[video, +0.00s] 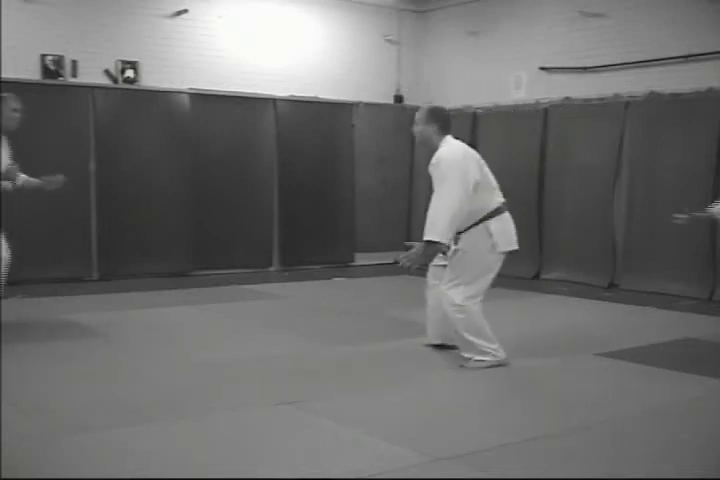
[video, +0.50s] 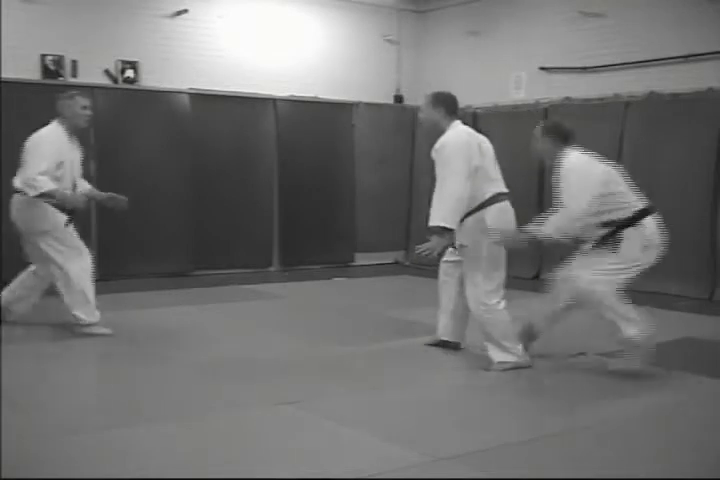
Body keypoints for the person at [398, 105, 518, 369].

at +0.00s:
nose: (413, 131)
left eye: (417, 125)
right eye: (414, 125)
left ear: (434, 129)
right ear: (438, 129)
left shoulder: (451, 157)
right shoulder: (449, 154)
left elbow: (447, 208)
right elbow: (446, 207)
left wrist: (425, 252)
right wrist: (428, 245)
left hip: (486, 233)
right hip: (472, 232)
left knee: (456, 292)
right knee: (437, 276)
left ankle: (488, 353)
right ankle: (443, 336)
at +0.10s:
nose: (410, 127)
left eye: (414, 121)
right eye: (412, 121)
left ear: (431, 125)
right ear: (434, 125)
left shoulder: (449, 153)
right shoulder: (447, 149)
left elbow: (448, 200)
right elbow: (447, 200)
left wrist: (434, 243)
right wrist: (437, 242)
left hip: (485, 228)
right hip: (470, 228)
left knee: (459, 291)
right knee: (441, 276)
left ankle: (488, 351)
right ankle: (445, 336)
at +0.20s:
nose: (410, 121)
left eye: (414, 114)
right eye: (411, 114)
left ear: (431, 116)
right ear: (433, 116)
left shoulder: (449, 144)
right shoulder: (448, 141)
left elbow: (451, 191)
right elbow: (451, 191)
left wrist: (442, 237)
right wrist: (445, 235)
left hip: (483, 220)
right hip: (470, 220)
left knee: (466, 288)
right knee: (447, 274)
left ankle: (493, 350)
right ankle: (447, 335)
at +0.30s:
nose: (414, 118)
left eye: (417, 112)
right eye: (414, 113)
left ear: (433, 113)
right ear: (437, 113)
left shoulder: (448, 142)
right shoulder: (456, 137)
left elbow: (452, 189)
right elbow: (456, 189)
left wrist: (443, 234)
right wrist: (446, 234)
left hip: (482, 218)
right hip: (471, 219)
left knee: (471, 288)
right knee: (449, 275)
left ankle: (503, 349)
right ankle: (449, 336)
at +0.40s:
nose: (419, 117)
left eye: (422, 111)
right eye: (419, 111)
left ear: (438, 113)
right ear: (443, 113)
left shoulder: (452, 141)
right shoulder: (466, 137)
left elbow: (453, 188)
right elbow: (462, 188)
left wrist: (443, 232)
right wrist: (448, 233)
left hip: (482, 219)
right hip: (474, 219)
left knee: (480, 292)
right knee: (450, 272)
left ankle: (512, 355)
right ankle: (450, 336)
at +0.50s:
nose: (420, 117)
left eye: (424, 111)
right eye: (421, 111)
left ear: (441, 112)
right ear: (445, 113)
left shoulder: (455, 141)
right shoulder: (467, 137)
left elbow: (453, 189)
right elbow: (461, 188)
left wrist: (441, 234)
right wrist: (448, 232)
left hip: (484, 217)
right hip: (480, 216)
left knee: (482, 289)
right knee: (451, 267)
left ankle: (510, 355)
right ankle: (449, 335)